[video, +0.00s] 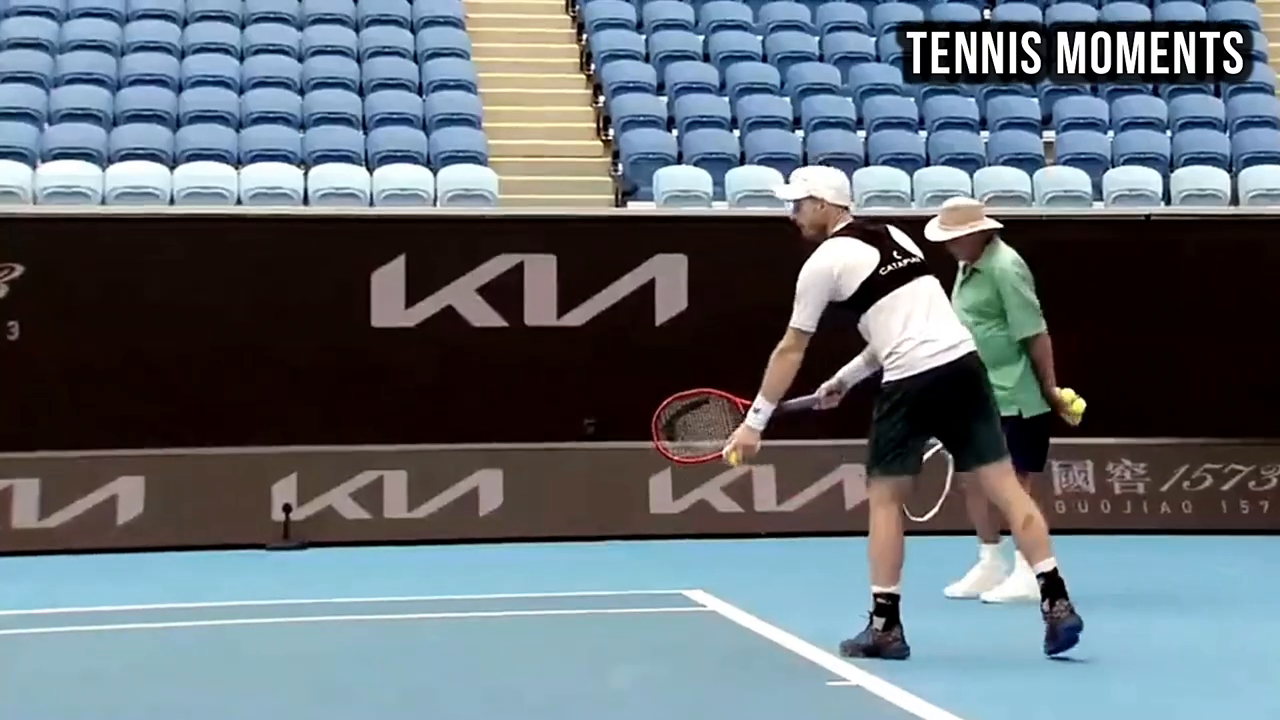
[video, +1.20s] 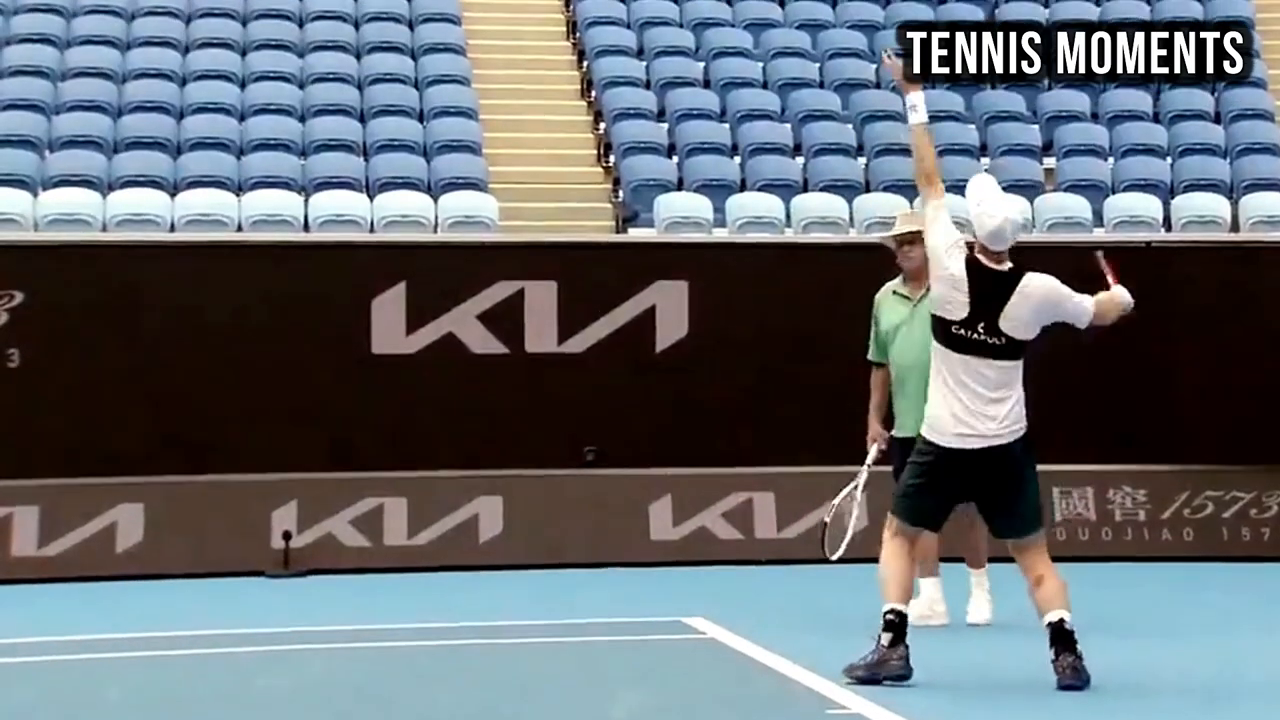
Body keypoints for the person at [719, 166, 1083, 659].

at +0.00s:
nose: (794, 215)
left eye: (800, 205)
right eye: (794, 205)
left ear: (826, 207)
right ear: (841, 208)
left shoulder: (822, 261)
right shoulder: (890, 232)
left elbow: (791, 349)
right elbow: (901, 325)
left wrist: (754, 423)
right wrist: (843, 379)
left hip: (909, 380)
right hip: (965, 366)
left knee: (886, 500)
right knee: (1006, 488)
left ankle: (885, 626)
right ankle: (1059, 605)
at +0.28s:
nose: (837, 222)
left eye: (843, 212)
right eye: (837, 213)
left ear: (866, 214)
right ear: (883, 213)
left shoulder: (862, 271)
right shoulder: (931, 237)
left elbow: (842, 364)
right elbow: (936, 336)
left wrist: (818, 439)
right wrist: (882, 393)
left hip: (941, 390)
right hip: (1000, 382)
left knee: (902, 501)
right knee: (1022, 504)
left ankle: (884, 627)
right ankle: (1065, 625)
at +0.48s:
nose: (887, 225)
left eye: (891, 216)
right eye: (887, 216)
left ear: (912, 217)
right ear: (939, 217)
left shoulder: (906, 277)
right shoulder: (988, 246)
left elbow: (907, 368)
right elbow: (1001, 325)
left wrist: (904, 446)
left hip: (975, 404)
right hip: (1033, 394)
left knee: (923, 511)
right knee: (1041, 517)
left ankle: (886, 630)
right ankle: (1068, 630)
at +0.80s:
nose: (970, 209)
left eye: (973, 204)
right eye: (973, 203)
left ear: (981, 211)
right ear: (1023, 211)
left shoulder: (960, 267)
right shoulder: (1061, 258)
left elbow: (949, 343)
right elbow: (1086, 339)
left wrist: (934, 403)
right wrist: (1081, 410)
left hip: (987, 421)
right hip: (1052, 419)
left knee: (931, 521)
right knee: (1055, 538)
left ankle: (891, 638)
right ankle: (1070, 642)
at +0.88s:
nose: (989, 209)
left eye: (990, 205)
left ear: (991, 212)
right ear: (1035, 212)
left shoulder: (964, 262)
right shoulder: (1067, 263)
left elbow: (929, 307)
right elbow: (1098, 339)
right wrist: (1097, 402)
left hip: (983, 425)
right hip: (1048, 424)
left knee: (931, 524)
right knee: (1055, 539)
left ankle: (893, 639)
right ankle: (1069, 644)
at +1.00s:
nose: (991, 211)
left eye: (992, 208)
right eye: (1000, 208)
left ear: (994, 218)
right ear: (1036, 219)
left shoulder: (969, 259)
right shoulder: (1067, 275)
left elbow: (917, 221)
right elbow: (1108, 334)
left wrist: (887, 176)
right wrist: (1116, 376)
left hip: (975, 431)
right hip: (1039, 432)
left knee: (927, 527)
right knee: (1051, 548)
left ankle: (897, 642)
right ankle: (1069, 647)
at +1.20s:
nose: (963, 222)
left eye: (967, 219)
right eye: (986, 218)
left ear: (971, 234)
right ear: (1015, 237)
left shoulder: (947, 266)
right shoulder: (1039, 291)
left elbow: (929, 181)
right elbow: (1103, 311)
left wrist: (912, 96)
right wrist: (1119, 291)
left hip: (943, 442)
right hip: (1006, 444)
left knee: (898, 534)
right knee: (1034, 556)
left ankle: (892, 647)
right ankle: (1066, 653)